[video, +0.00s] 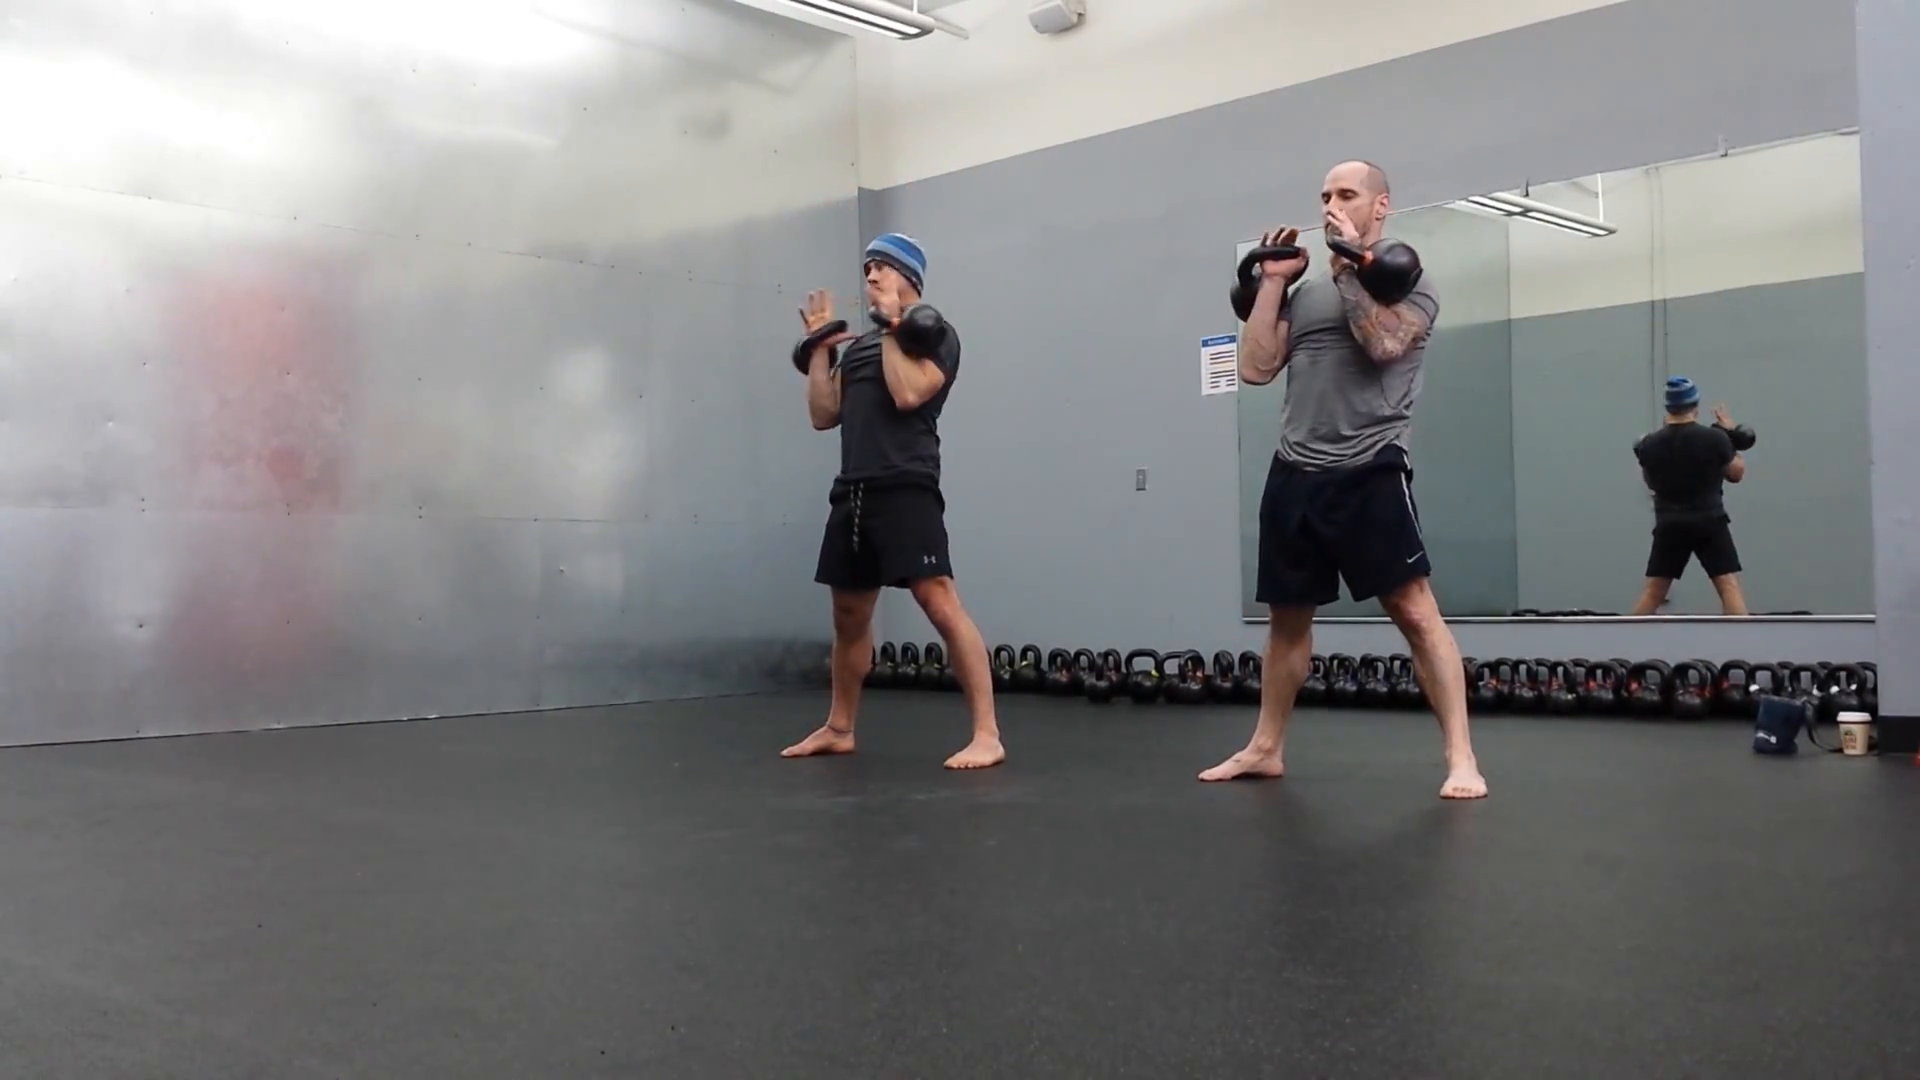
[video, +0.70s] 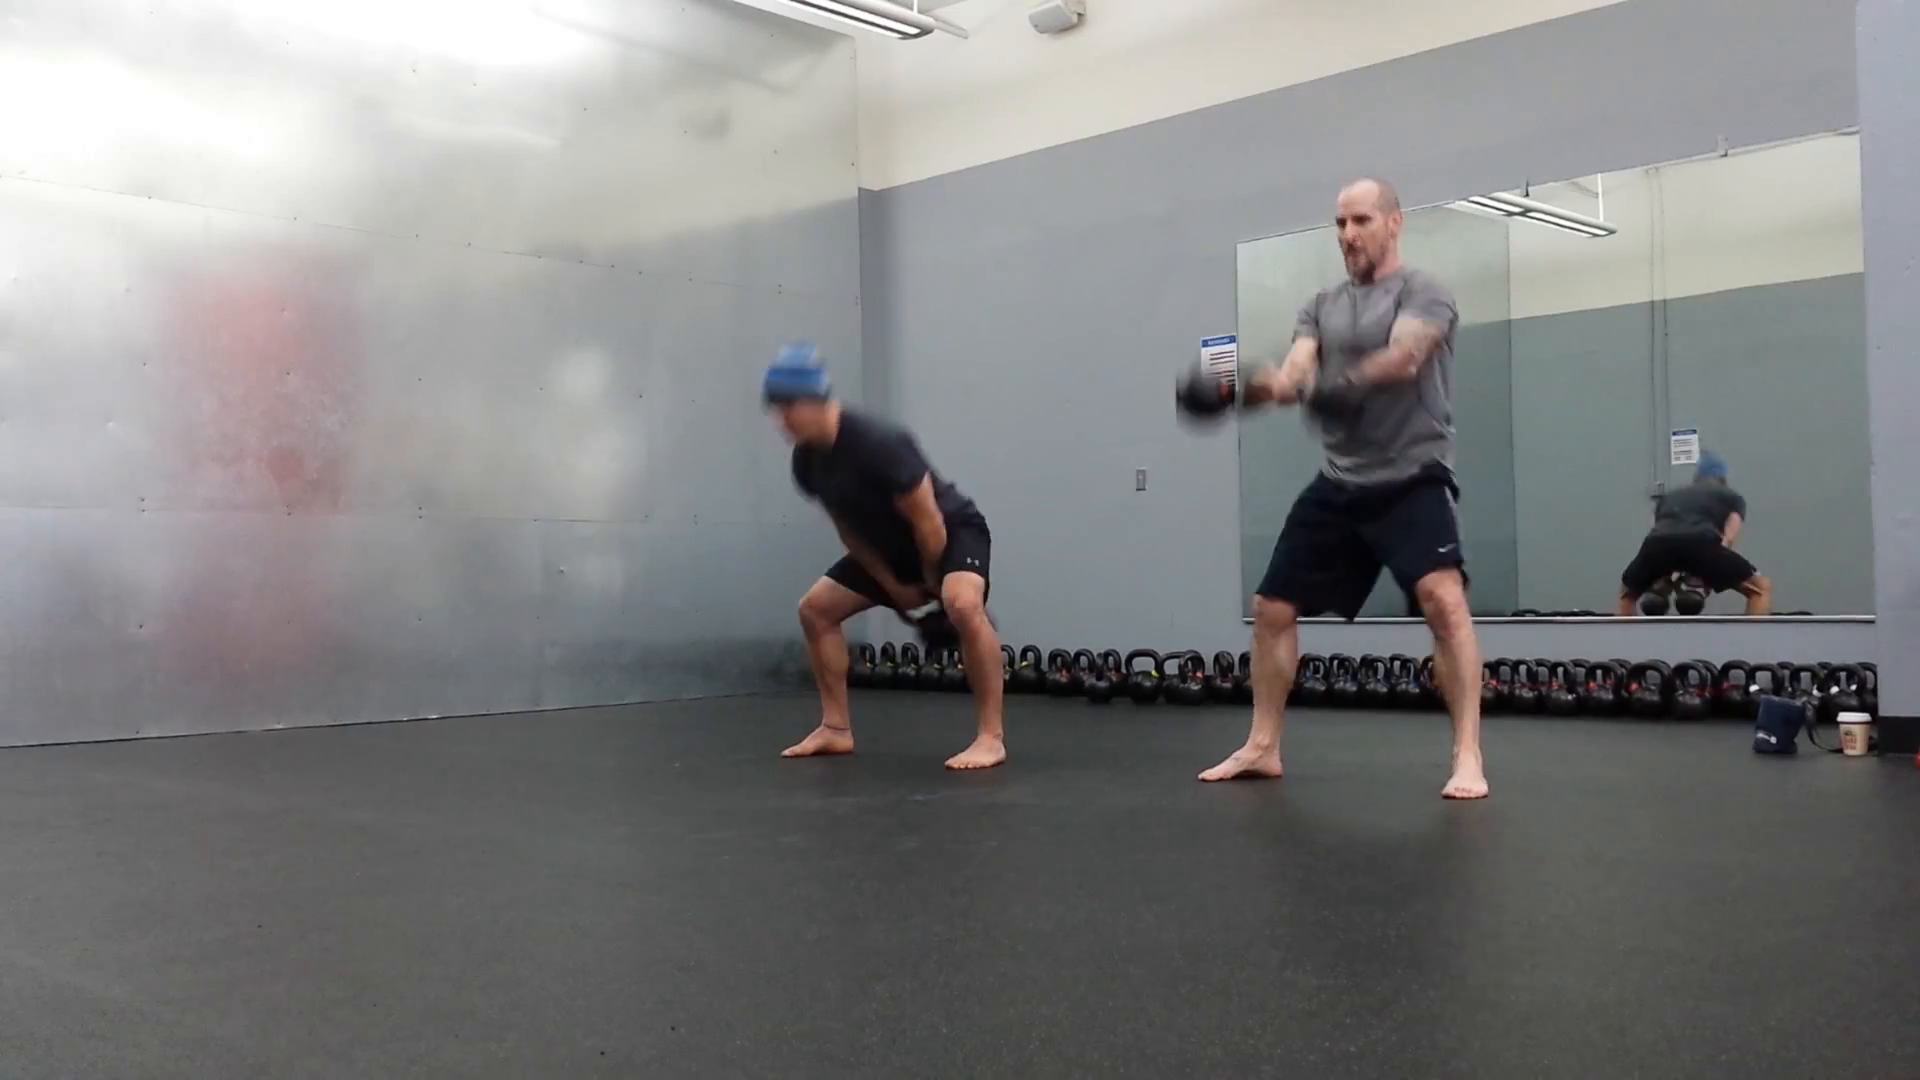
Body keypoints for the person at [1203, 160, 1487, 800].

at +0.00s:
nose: (1332, 208)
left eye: (1346, 196)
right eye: (1326, 198)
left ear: (1383, 207)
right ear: (1320, 211)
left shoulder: (1412, 286)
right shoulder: (1302, 296)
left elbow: (1386, 345)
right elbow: (1256, 367)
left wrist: (1348, 273)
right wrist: (1271, 280)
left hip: (1372, 474)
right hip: (1295, 474)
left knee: (1415, 614)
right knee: (1287, 618)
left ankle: (1461, 758)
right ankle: (1265, 747)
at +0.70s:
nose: (1349, 233)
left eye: (1360, 220)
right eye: (1341, 223)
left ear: (1394, 223)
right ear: (1335, 231)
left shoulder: (1426, 293)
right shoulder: (1320, 306)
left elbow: (1401, 361)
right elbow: (1292, 376)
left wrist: (1329, 383)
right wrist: (1238, 389)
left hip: (1412, 481)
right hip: (1337, 484)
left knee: (1443, 600)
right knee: (1272, 608)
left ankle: (1467, 757)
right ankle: (1262, 746)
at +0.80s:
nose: (1345, 259)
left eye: (1357, 246)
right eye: (1338, 249)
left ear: (1392, 248)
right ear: (1333, 255)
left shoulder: (1426, 320)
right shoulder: (1322, 328)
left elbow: (1406, 392)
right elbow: (1288, 397)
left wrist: (1363, 446)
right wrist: (1253, 446)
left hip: (1423, 496)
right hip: (1343, 498)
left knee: (1456, 598)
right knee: (1263, 606)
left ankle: (1470, 756)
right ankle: (1262, 746)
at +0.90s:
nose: (1319, 286)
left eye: (1331, 273)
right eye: (1313, 275)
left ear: (1366, 274)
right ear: (1310, 280)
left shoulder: (1411, 346)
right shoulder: (1305, 356)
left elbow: (1399, 455)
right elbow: (1291, 447)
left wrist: (1368, 535)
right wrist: (1282, 529)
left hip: (1425, 504)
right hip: (1348, 509)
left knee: (1461, 601)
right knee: (1252, 602)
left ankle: (1471, 755)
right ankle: (1260, 745)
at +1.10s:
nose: (1253, 383)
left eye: (1266, 367)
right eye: (1248, 369)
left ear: (1303, 363)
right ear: (1242, 374)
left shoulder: (1366, 428)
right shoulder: (1256, 454)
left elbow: (1390, 538)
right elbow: (1296, 540)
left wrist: (1401, 619)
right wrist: (1338, 614)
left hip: (1412, 532)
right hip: (1334, 546)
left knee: (1444, 613)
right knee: (1228, 612)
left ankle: (1467, 756)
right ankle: (1260, 747)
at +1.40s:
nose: (1288, 265)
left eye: (1303, 253)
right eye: (1285, 255)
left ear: (1338, 262)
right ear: (1283, 269)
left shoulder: (1380, 347)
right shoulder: (1276, 357)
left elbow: (1384, 455)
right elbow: (1284, 458)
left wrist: (1374, 553)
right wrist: (1302, 549)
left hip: (1396, 494)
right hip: (1319, 498)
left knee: (1451, 601)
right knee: (1238, 603)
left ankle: (1469, 755)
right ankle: (1260, 744)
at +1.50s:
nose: (1331, 222)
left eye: (1344, 210)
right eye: (1324, 214)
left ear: (1379, 217)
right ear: (1318, 226)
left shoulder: (1411, 296)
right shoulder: (1308, 308)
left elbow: (1380, 383)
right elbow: (1288, 391)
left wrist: (1340, 460)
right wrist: (1271, 470)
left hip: (1401, 471)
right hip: (1327, 471)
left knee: (1437, 596)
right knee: (1270, 598)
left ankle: (1468, 755)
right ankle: (1262, 742)